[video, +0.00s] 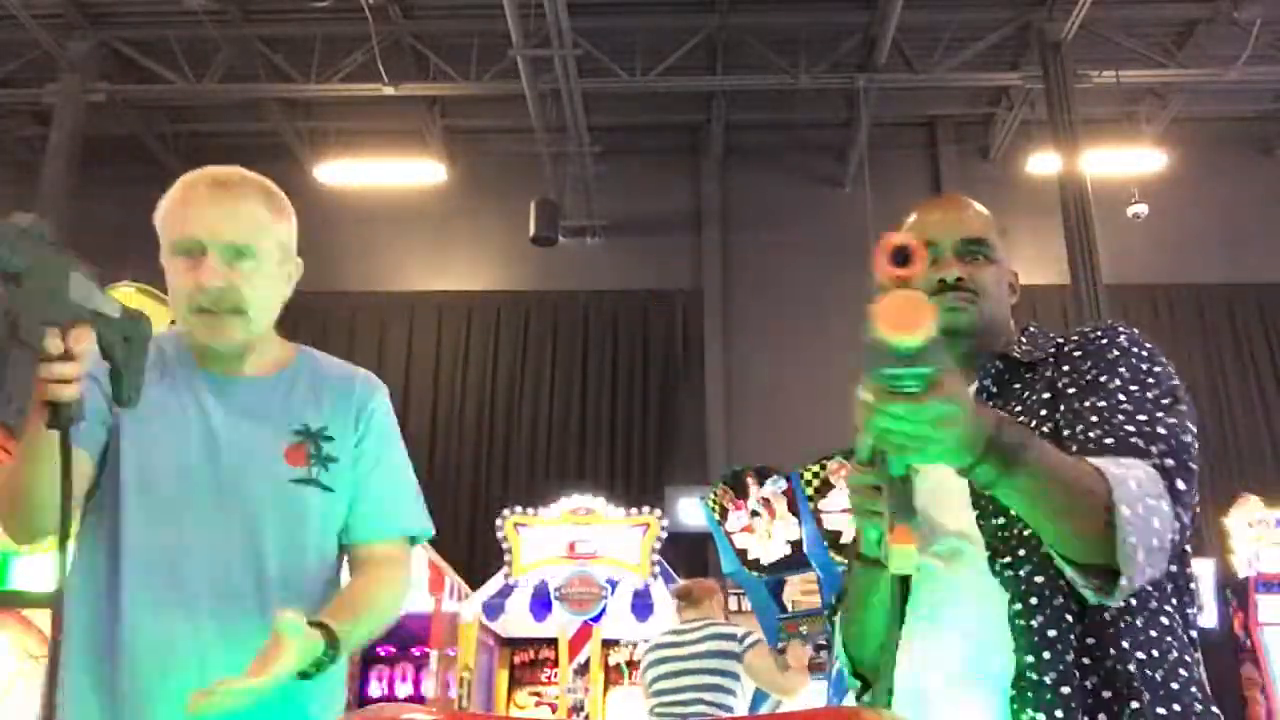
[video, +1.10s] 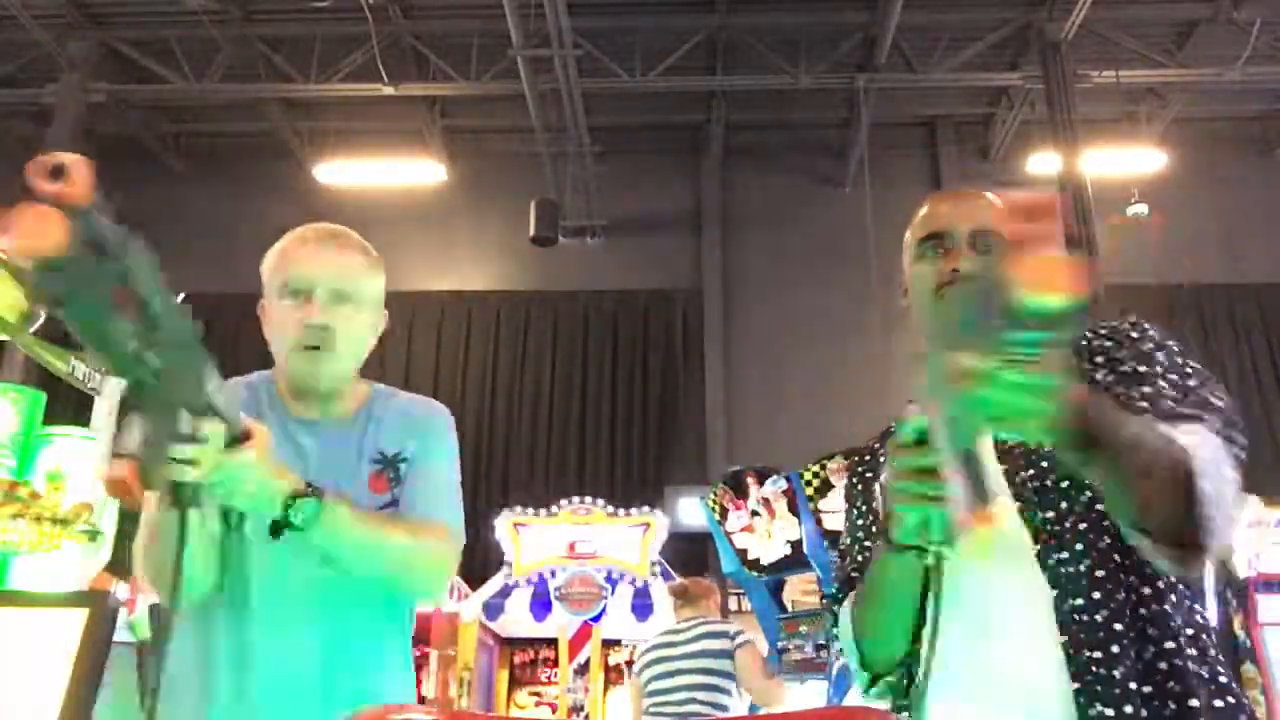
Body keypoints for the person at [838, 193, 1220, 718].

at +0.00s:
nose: (949, 271)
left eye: (973, 253)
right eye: (925, 257)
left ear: (1011, 282)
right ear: (899, 289)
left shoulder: (1105, 357)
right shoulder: (902, 421)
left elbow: (1138, 541)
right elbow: (871, 666)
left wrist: (985, 443)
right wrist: (874, 536)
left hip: (1122, 699)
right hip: (956, 704)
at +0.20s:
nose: (968, 266)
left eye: (993, 248)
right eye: (940, 249)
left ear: (1026, 278)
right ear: (907, 283)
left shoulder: (1116, 355)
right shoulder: (901, 424)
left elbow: (1124, 532)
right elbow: (874, 666)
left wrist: (950, 448)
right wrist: (872, 533)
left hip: (1103, 701)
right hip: (938, 705)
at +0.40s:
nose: (945, 266)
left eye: (969, 244)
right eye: (917, 250)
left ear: (1009, 262)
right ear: (891, 290)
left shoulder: (1113, 348)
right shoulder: (908, 425)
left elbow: (1250, 546)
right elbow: (873, 651)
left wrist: (1094, 539)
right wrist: (894, 527)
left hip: (1140, 701)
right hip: (956, 707)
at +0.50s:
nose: (950, 270)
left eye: (972, 253)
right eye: (920, 258)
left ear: (1006, 284)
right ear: (891, 302)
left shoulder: (1145, 395)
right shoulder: (874, 479)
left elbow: (1248, 523)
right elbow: (860, 654)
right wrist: (924, 532)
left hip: (1142, 704)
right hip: (957, 710)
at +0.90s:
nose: (952, 280)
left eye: (973, 260)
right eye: (928, 263)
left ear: (1007, 281)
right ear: (897, 293)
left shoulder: (1113, 376)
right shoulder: (891, 443)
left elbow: (1242, 528)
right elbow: (868, 661)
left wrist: (1227, 603)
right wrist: (886, 543)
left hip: (1115, 702)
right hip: (950, 707)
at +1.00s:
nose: (949, 269)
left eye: (974, 251)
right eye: (922, 256)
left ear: (1013, 283)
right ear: (896, 299)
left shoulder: (1113, 402)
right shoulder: (872, 474)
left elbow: (1260, 562)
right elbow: (856, 662)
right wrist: (921, 555)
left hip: (1130, 703)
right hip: (953, 709)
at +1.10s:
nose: (959, 264)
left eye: (984, 246)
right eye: (933, 248)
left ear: (1026, 266)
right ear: (907, 287)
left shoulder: (1114, 356)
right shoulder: (889, 461)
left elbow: (1204, 518)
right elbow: (869, 663)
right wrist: (903, 544)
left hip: (1140, 702)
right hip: (960, 708)